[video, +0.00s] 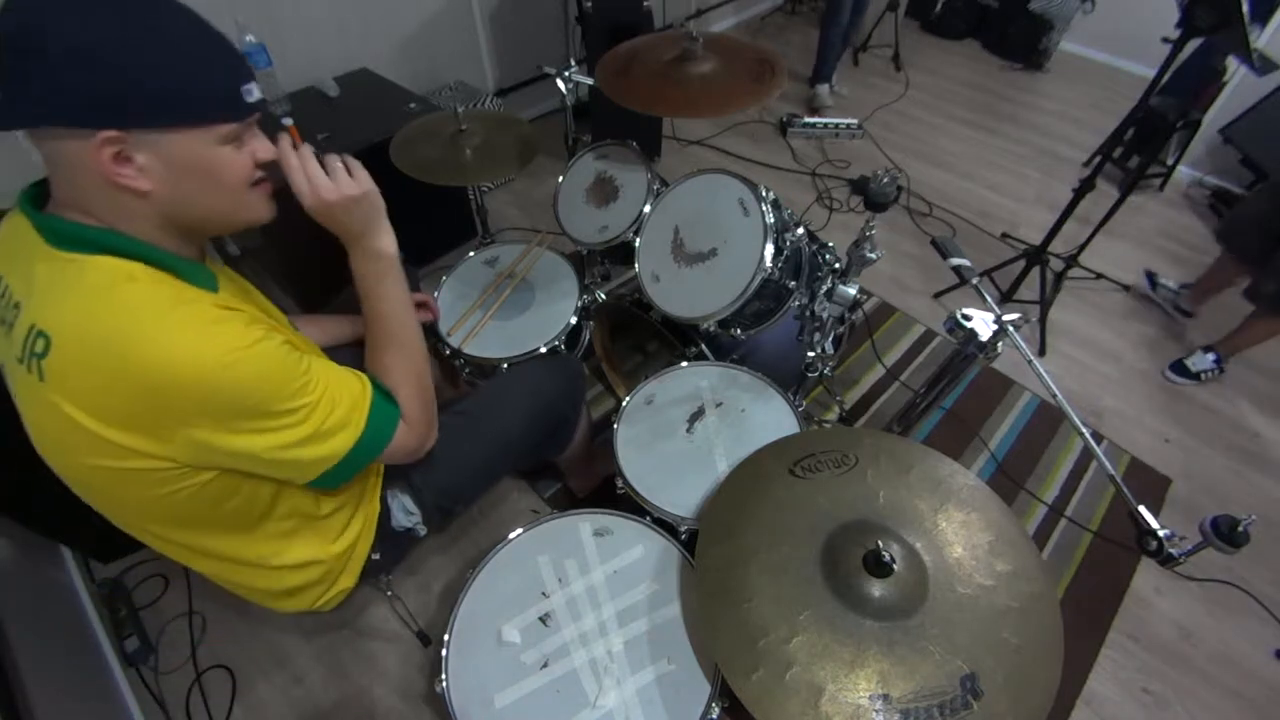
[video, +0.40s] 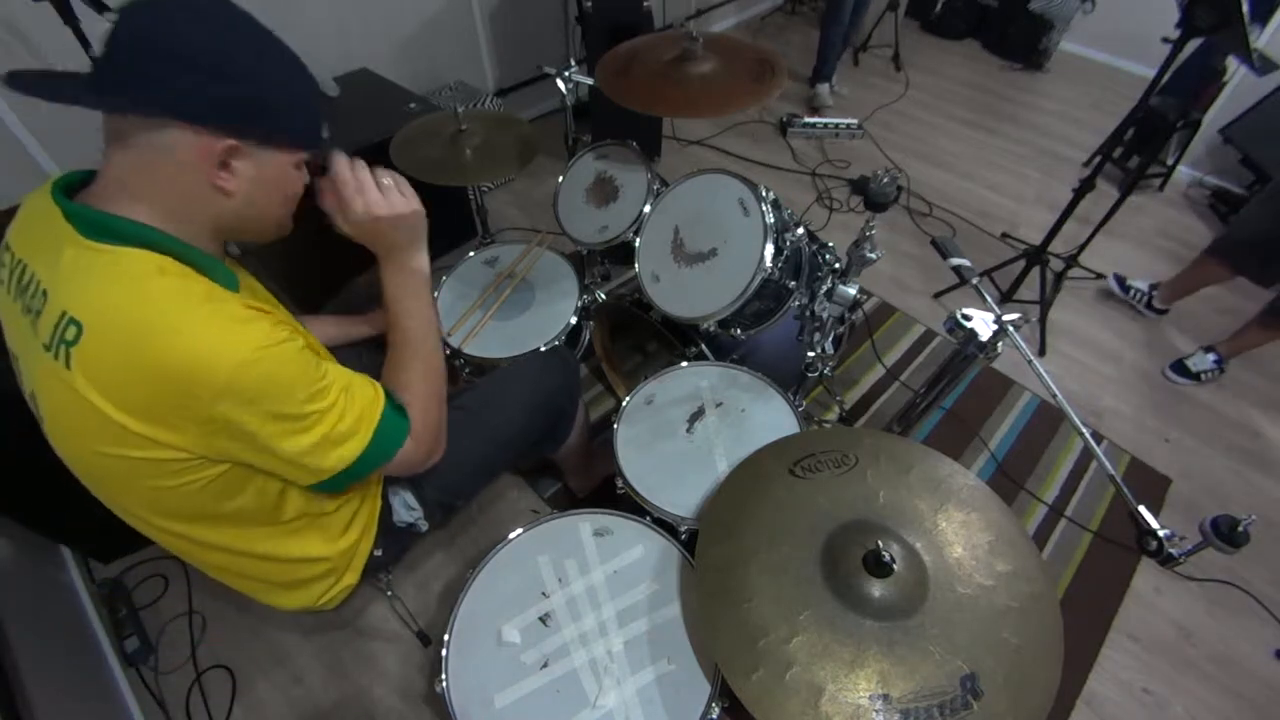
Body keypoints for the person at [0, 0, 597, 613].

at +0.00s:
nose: (267, 152)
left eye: (256, 127)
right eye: (235, 139)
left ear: (120, 166)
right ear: (126, 165)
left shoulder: (45, 229)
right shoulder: (189, 354)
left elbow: (228, 334)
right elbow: (412, 431)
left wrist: (374, 322)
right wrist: (372, 245)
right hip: (341, 527)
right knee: (555, 370)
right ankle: (579, 470)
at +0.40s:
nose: (309, 182)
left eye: (310, 162)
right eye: (299, 164)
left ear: (128, 138)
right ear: (225, 164)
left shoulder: (45, 217)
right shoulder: (216, 352)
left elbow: (219, 332)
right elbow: (419, 444)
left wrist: (368, 324)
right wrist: (405, 258)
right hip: (338, 528)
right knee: (555, 367)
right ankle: (581, 473)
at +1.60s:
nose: (275, 150)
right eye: (275, 136)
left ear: (88, 115)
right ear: (264, 165)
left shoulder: (28, 227)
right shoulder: (228, 370)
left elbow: (144, 348)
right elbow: (395, 475)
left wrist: (300, 315)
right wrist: (420, 302)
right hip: (337, 532)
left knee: (404, 325)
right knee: (554, 368)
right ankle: (583, 470)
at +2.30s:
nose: (218, 130)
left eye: (205, 112)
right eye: (212, 120)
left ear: (35, 174)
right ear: (205, 170)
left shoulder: (19, 265)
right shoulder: (207, 389)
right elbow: (340, 556)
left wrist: (241, 309)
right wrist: (421, 379)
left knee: (371, 264)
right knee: (555, 370)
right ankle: (581, 468)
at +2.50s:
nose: (249, 207)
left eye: (248, 188)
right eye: (240, 194)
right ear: (193, 230)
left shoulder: (21, 233)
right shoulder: (157, 422)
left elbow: (191, 292)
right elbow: (384, 527)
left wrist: (266, 240)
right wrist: (414, 298)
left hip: (265, 385)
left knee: (406, 324)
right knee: (552, 376)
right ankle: (582, 467)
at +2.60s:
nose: (285, 229)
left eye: (279, 211)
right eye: (274, 221)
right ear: (193, 258)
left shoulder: (30, 219)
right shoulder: (124, 419)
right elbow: (398, 498)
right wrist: (352, 254)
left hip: (249, 376)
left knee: (387, 286)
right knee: (553, 379)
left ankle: (427, 386)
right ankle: (577, 470)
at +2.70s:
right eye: (244, 257)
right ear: (196, 261)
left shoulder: (36, 215)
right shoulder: (91, 411)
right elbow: (405, 474)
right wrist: (275, 224)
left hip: (240, 369)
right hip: (330, 516)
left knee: (414, 288)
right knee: (553, 380)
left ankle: (428, 394)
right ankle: (576, 469)